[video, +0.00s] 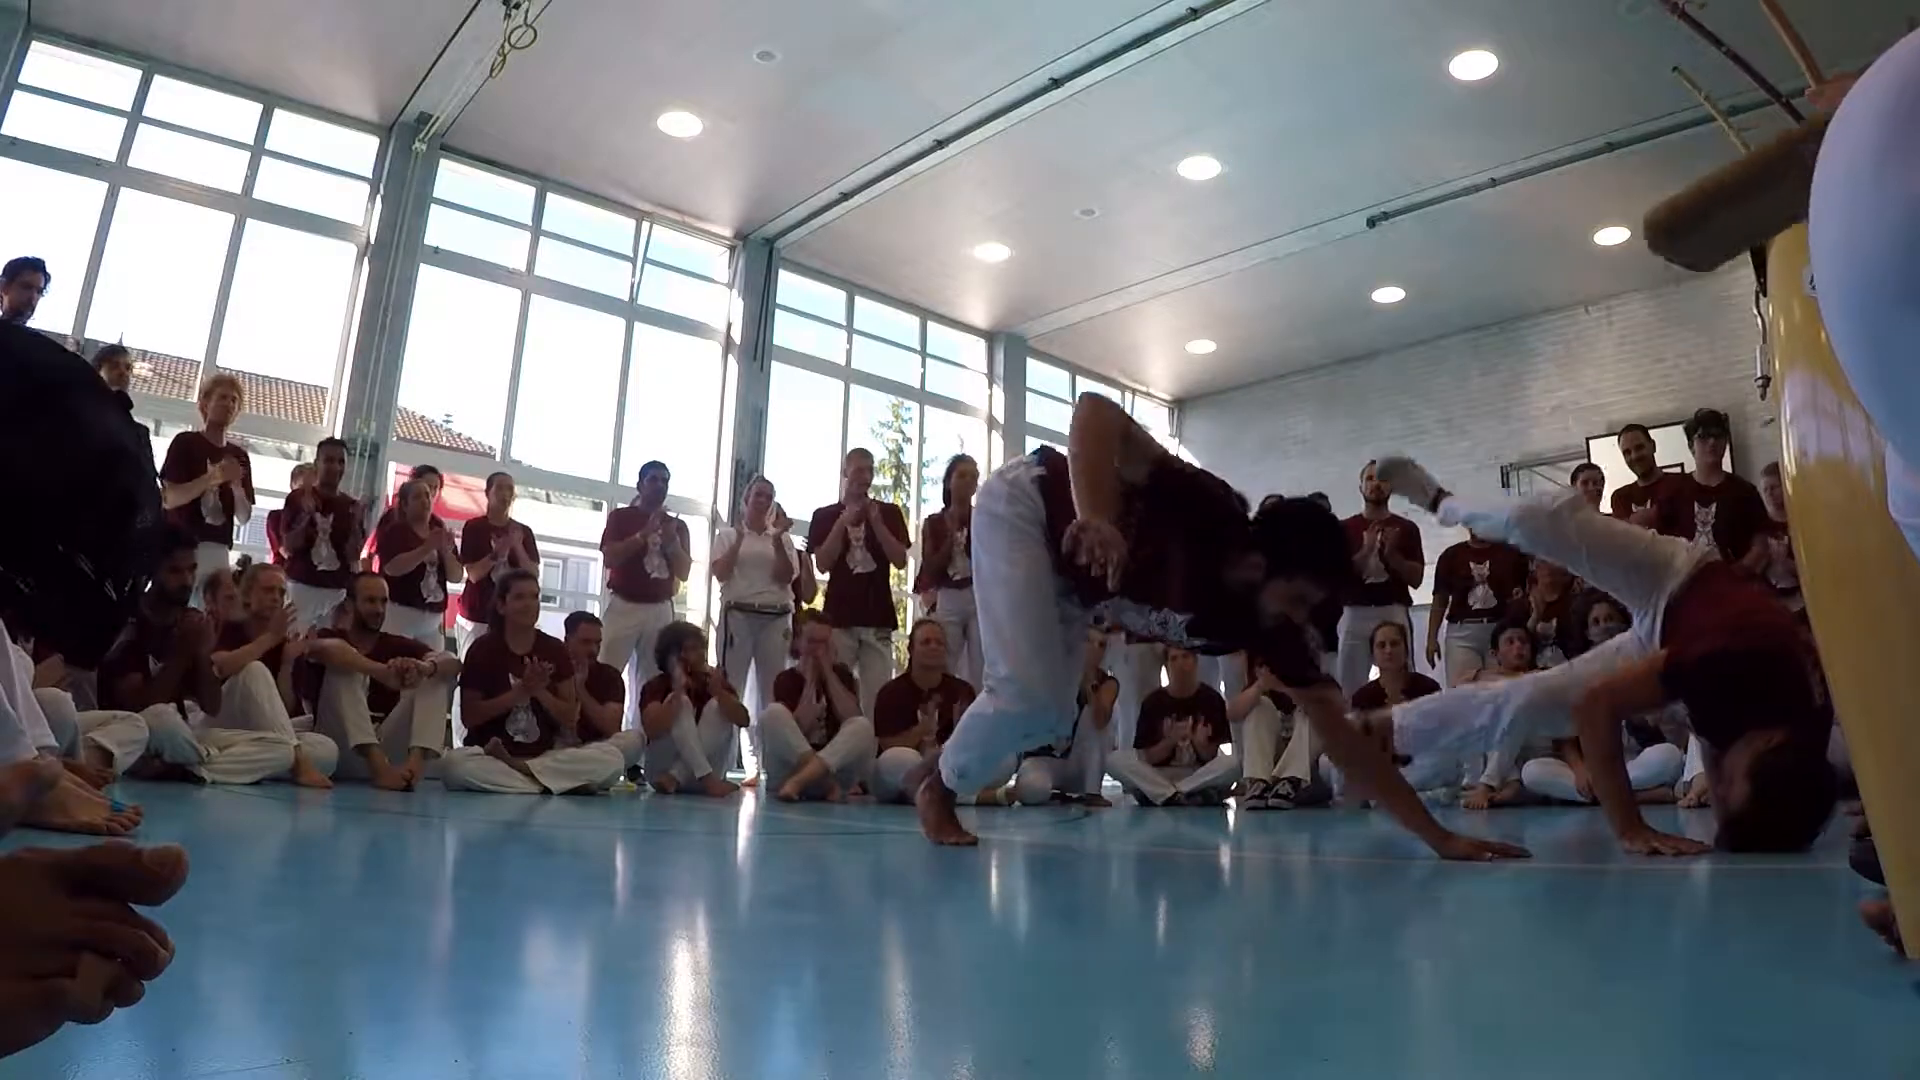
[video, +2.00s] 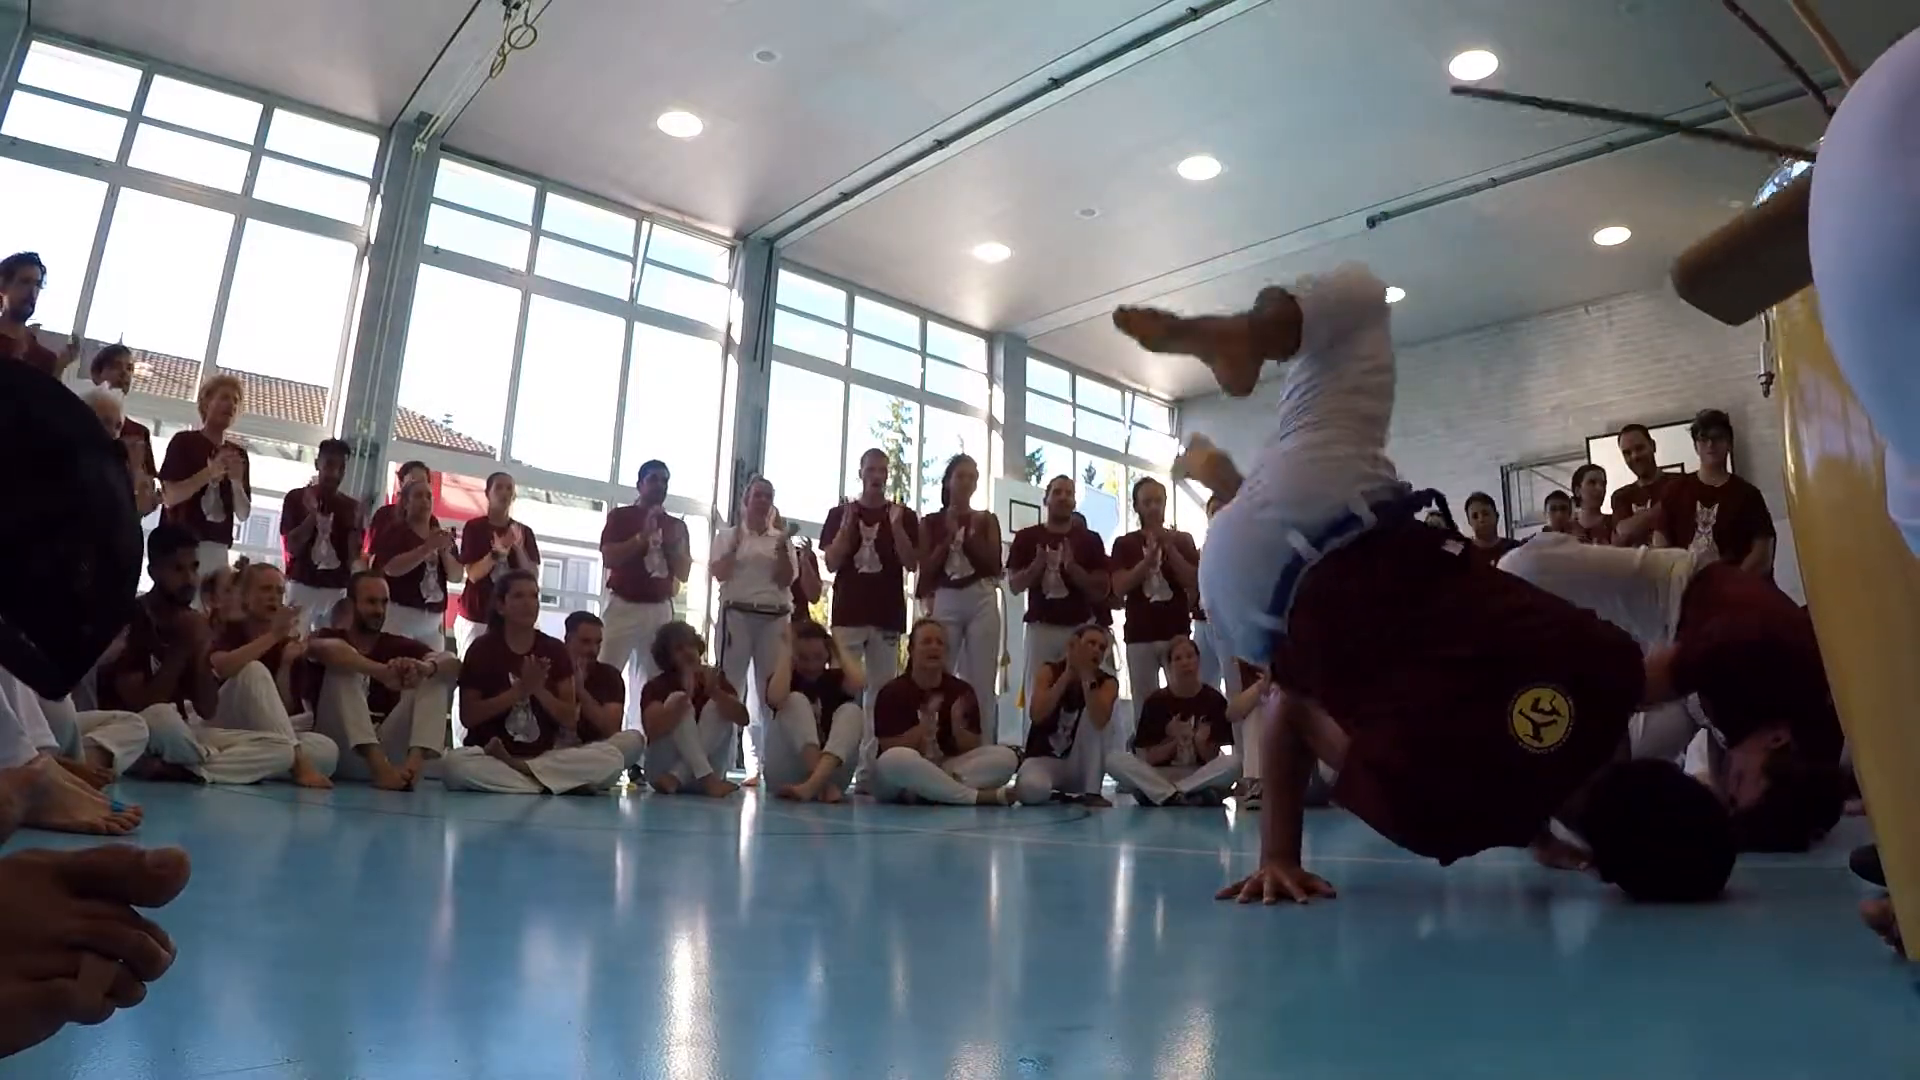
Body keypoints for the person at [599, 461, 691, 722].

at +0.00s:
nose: (659, 485)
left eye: (664, 481)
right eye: (653, 479)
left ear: (668, 487)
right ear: (640, 484)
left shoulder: (677, 525)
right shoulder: (619, 517)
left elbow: (684, 573)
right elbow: (611, 558)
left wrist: (672, 543)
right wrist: (643, 535)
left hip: (660, 609)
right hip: (622, 607)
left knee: (652, 686)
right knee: (606, 680)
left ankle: (647, 749)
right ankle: (599, 746)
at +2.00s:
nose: (659, 484)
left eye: (664, 480)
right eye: (653, 479)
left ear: (668, 487)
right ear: (639, 484)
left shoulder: (676, 526)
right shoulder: (619, 517)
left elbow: (683, 574)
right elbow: (610, 558)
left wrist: (672, 547)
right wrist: (642, 537)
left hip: (659, 610)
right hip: (622, 607)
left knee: (654, 685)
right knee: (605, 680)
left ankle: (649, 749)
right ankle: (598, 745)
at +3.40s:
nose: (664, 486)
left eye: (669, 482)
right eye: (658, 480)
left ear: (672, 489)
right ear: (644, 484)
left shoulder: (679, 526)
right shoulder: (623, 515)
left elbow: (685, 574)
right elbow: (611, 556)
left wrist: (673, 540)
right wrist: (647, 539)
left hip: (660, 610)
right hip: (622, 607)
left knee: (656, 686)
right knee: (606, 681)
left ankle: (652, 751)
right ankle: (598, 747)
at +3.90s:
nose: (663, 487)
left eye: (668, 483)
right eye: (657, 481)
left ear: (671, 489)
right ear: (643, 484)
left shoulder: (678, 526)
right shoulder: (622, 516)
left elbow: (685, 574)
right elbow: (612, 558)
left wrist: (674, 545)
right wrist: (644, 537)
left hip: (661, 610)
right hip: (624, 608)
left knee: (656, 685)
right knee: (607, 681)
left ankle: (652, 749)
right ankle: (600, 746)